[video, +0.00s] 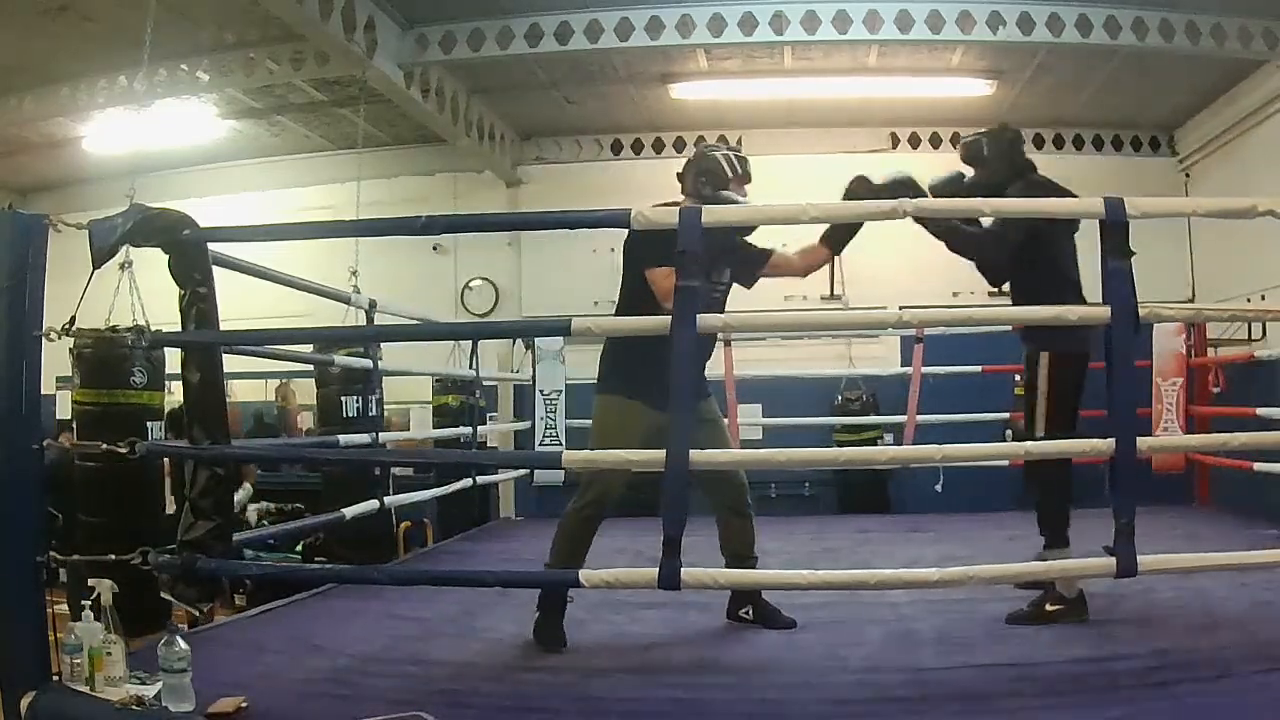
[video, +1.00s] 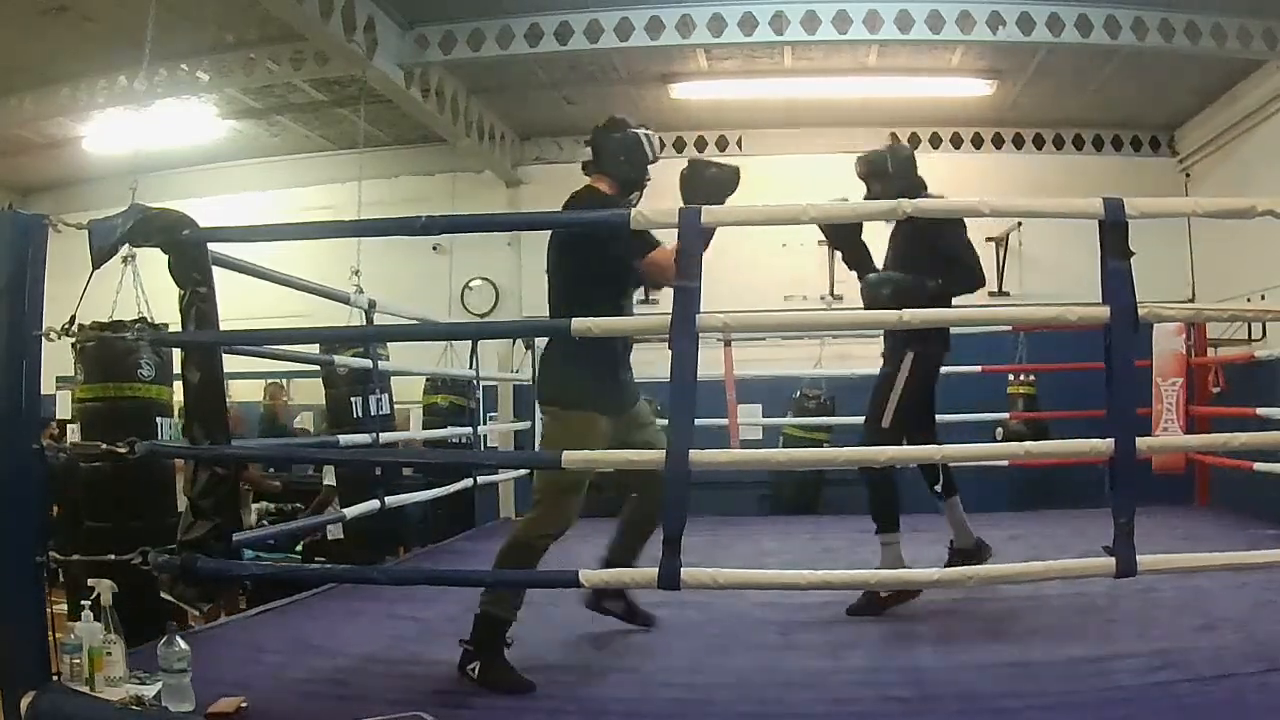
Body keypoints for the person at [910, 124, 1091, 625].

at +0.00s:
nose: (976, 176)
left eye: (980, 166)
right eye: (974, 168)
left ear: (1000, 157)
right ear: (1013, 155)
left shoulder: (1025, 196)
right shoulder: (1024, 193)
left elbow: (996, 263)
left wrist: (939, 221)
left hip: (1056, 340)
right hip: (1054, 338)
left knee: (1047, 457)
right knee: (1045, 455)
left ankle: (1064, 588)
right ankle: (1057, 565)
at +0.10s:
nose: (963, 189)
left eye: (968, 180)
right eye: (960, 182)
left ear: (990, 175)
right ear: (985, 177)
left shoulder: (1030, 209)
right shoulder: (1000, 219)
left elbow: (1022, 267)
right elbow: (973, 282)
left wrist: (970, 227)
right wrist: (948, 239)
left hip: (1037, 345)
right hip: (1021, 345)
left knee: (1001, 455)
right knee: (1016, 454)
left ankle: (1047, 575)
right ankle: (1046, 570)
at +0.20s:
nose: (953, 203)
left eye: (956, 193)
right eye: (950, 195)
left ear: (978, 188)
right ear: (977, 190)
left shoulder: (1019, 219)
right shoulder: (989, 232)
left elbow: (1060, 274)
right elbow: (951, 289)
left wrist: (991, 261)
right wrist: (924, 233)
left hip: (1012, 355)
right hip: (1007, 355)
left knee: (943, 449)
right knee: (1005, 454)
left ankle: (1003, 552)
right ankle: (1041, 559)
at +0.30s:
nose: (943, 201)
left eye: (947, 190)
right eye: (940, 192)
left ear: (970, 185)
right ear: (963, 189)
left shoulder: (1011, 219)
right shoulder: (974, 233)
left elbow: (1048, 278)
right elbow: (936, 288)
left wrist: (986, 265)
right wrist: (910, 231)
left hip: (995, 354)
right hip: (992, 353)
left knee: (920, 448)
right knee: (1001, 455)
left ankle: (951, 566)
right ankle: (1042, 559)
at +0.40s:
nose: (930, 198)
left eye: (935, 189)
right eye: (929, 190)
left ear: (958, 183)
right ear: (954, 187)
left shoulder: (998, 223)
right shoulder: (956, 233)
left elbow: (985, 273)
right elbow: (915, 280)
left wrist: (938, 220)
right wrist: (894, 232)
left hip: (978, 357)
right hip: (968, 356)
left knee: (916, 456)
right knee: (993, 456)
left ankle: (905, 579)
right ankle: (1041, 558)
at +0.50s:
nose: (907, 202)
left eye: (912, 193)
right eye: (905, 194)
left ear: (936, 189)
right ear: (949, 186)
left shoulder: (959, 229)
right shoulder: (972, 225)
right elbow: (900, 277)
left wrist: (880, 225)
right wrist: (885, 226)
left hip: (955, 357)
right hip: (968, 356)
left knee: (906, 458)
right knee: (963, 454)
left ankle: (902, 581)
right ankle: (1028, 545)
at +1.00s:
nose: (867, 194)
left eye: (872, 184)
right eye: (865, 185)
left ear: (896, 179)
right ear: (893, 179)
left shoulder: (935, 215)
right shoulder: (907, 222)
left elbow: (972, 276)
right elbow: (885, 289)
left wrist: (915, 289)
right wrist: (852, 244)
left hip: (920, 345)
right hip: (906, 343)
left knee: (874, 450)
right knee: (921, 441)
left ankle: (893, 571)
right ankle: (966, 540)